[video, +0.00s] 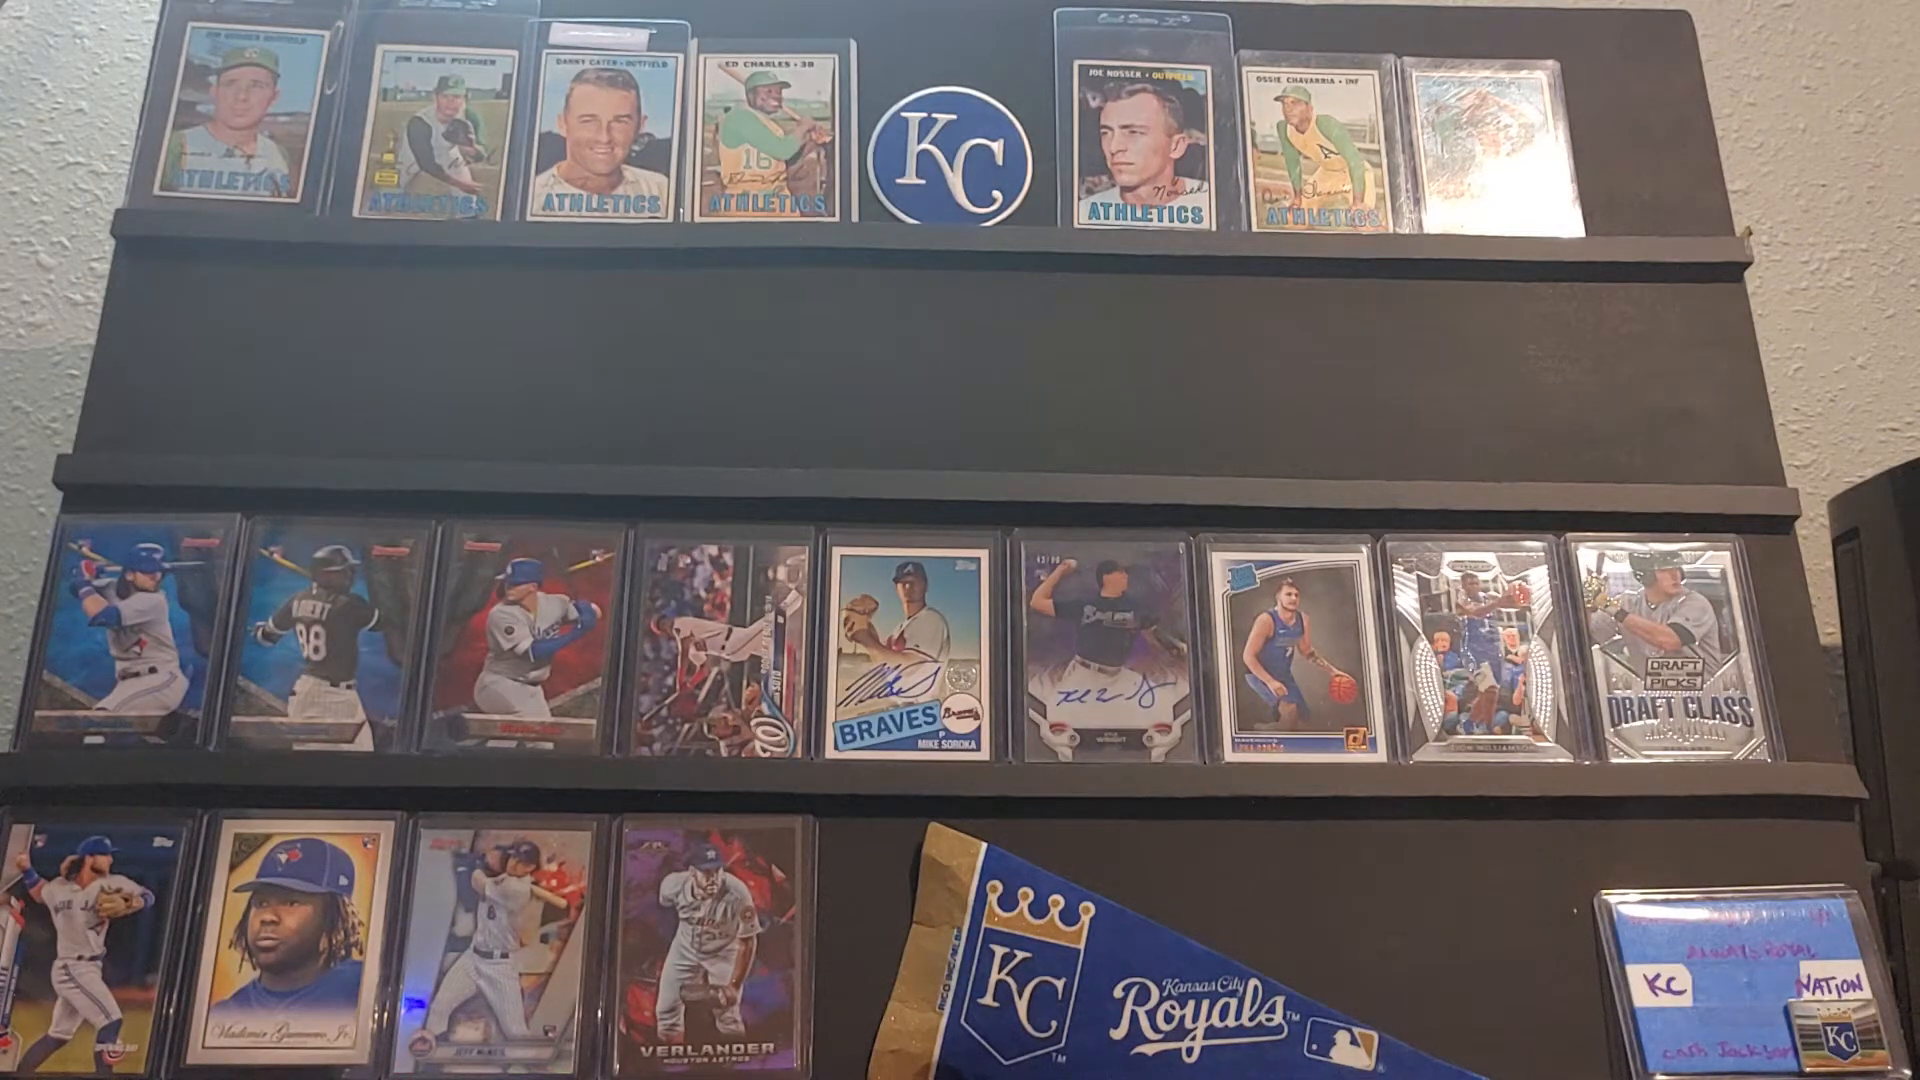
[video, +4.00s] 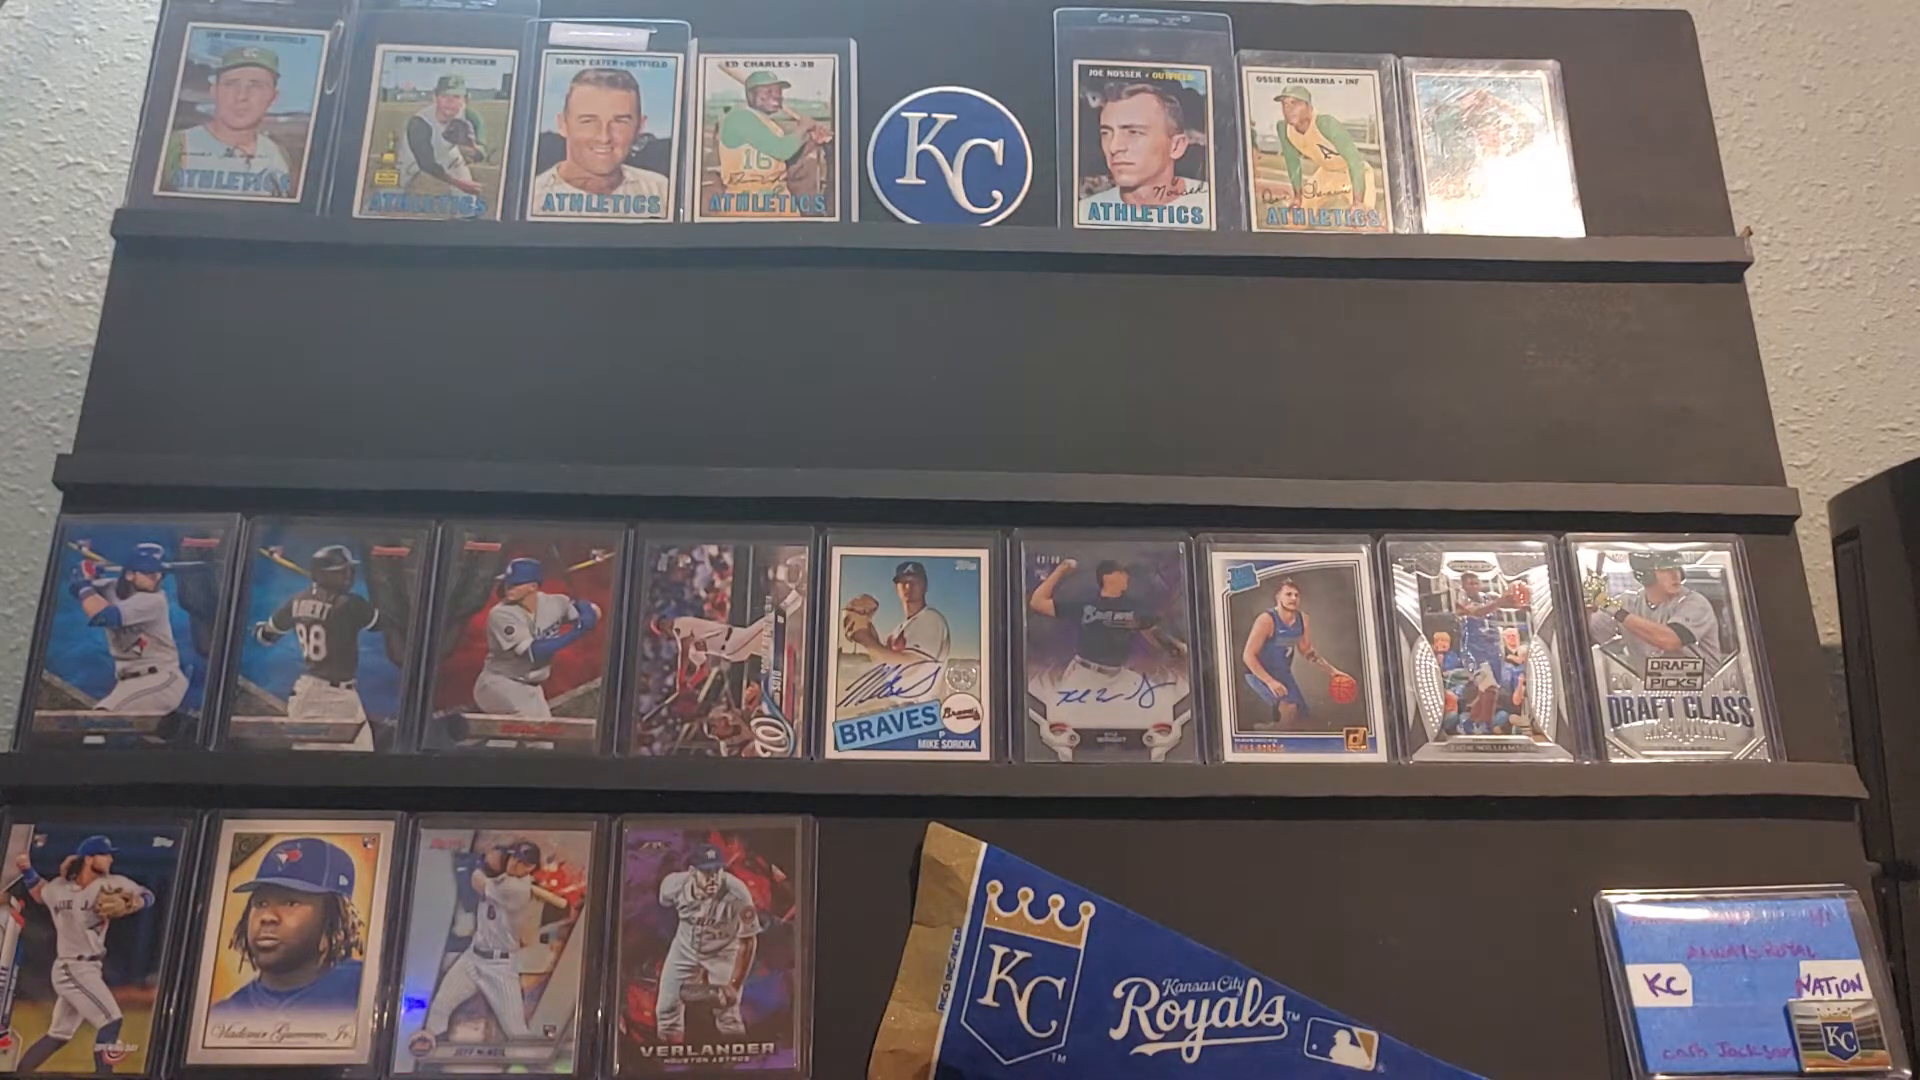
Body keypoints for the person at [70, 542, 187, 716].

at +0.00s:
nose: (155, 577)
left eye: (158, 572)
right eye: (148, 571)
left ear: (162, 573)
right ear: (130, 574)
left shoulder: (154, 601)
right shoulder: (113, 588)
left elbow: (104, 616)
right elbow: (78, 589)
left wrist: (83, 585)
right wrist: (87, 573)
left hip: (162, 679)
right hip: (129, 682)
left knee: (100, 717)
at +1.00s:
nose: (155, 577)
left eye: (158, 572)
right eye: (148, 572)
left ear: (162, 573)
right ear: (130, 574)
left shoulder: (154, 600)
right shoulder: (114, 588)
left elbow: (105, 617)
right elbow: (79, 589)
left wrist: (83, 586)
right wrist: (88, 573)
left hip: (162, 679)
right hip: (129, 682)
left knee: (101, 716)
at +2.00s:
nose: (155, 577)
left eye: (158, 572)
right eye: (147, 572)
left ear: (162, 573)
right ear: (130, 573)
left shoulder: (154, 600)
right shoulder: (114, 587)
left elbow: (105, 617)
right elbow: (79, 588)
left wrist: (83, 586)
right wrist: (87, 573)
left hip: (162, 679)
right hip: (129, 682)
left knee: (102, 716)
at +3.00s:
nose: (157, 577)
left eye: (159, 572)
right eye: (149, 572)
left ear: (162, 573)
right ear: (130, 574)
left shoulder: (154, 600)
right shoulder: (113, 587)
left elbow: (104, 617)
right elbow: (79, 588)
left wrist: (82, 586)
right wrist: (85, 574)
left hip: (163, 679)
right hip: (130, 682)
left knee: (100, 717)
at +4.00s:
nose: (157, 577)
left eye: (158, 572)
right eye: (149, 572)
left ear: (162, 573)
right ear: (130, 575)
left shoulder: (154, 600)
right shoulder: (113, 587)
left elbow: (105, 617)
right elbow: (79, 588)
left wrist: (83, 586)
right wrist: (87, 574)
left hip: (163, 679)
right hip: (130, 682)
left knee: (100, 717)